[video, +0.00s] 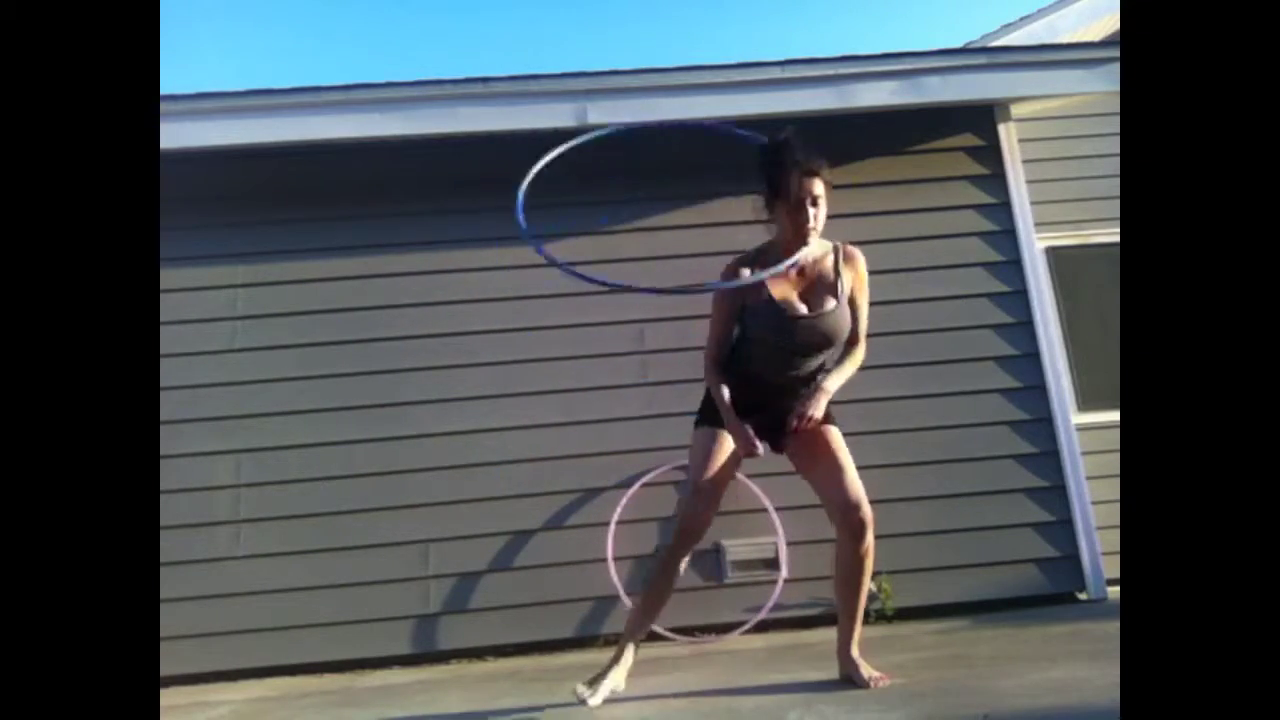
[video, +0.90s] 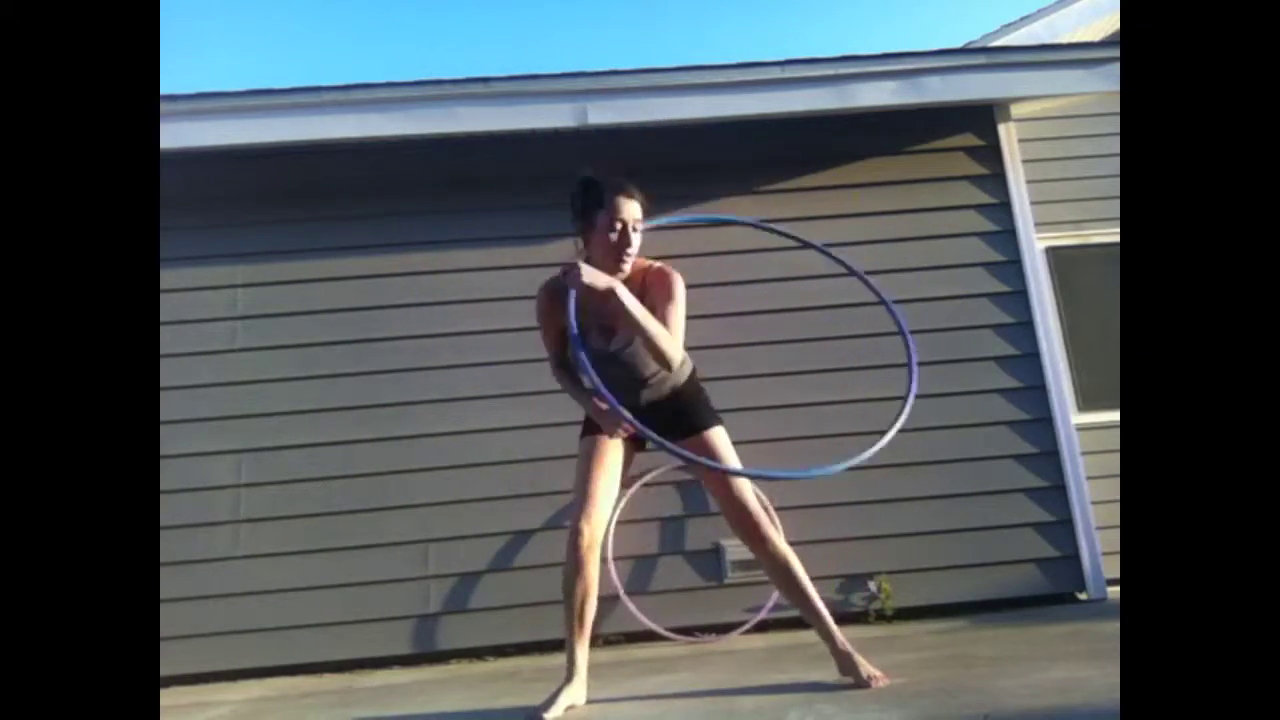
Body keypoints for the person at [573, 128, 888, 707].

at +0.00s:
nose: (810, 212)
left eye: (818, 199)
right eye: (798, 201)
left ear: (829, 200)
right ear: (773, 207)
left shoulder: (848, 263)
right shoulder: (742, 274)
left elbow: (857, 345)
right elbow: (713, 363)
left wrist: (823, 392)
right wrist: (732, 422)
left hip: (802, 405)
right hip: (736, 402)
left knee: (858, 517)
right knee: (687, 529)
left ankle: (849, 652)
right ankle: (622, 659)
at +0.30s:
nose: (769, 254)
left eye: (779, 242)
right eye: (757, 243)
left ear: (788, 242)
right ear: (732, 242)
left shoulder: (800, 285)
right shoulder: (697, 300)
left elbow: (833, 370)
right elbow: (672, 378)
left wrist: (816, 319)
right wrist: (696, 438)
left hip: (768, 418)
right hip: (701, 421)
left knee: (840, 520)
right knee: (642, 545)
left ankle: (848, 655)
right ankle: (580, 675)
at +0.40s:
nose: (733, 246)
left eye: (741, 235)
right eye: (721, 235)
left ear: (753, 237)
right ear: (697, 241)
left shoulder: (758, 281)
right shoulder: (666, 297)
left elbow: (775, 288)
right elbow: (655, 380)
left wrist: (759, 217)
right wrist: (679, 437)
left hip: (750, 418)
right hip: (684, 421)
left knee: (824, 519)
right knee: (622, 536)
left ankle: (847, 655)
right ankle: (577, 676)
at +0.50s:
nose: (699, 231)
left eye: (706, 217)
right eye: (684, 221)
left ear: (720, 219)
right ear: (658, 233)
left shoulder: (729, 272)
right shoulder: (639, 292)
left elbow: (733, 217)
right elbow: (636, 374)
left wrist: (698, 152)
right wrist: (657, 428)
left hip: (733, 414)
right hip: (664, 421)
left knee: (804, 521)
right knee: (608, 533)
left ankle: (843, 652)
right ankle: (577, 675)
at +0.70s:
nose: (654, 209)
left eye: (660, 198)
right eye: (644, 200)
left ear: (674, 214)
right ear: (620, 215)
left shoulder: (684, 258)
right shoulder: (596, 283)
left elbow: (716, 198)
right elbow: (604, 360)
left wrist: (627, 194)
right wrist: (615, 413)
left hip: (702, 398)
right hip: (634, 406)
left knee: (770, 525)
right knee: (599, 536)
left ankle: (840, 652)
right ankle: (574, 681)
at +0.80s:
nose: (637, 222)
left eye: (645, 214)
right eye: (625, 210)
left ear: (652, 223)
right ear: (593, 220)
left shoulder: (662, 267)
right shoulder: (573, 291)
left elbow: (704, 251)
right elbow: (586, 362)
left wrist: (612, 239)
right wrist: (601, 415)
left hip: (688, 397)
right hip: (621, 410)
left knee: (760, 522)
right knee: (594, 535)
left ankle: (841, 653)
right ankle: (575, 680)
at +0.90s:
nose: (627, 240)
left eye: (635, 228)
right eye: (614, 228)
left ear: (643, 230)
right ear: (584, 231)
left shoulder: (660, 278)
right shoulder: (556, 295)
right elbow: (560, 363)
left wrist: (617, 290)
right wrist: (595, 405)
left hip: (678, 400)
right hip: (612, 412)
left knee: (753, 522)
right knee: (584, 534)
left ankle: (843, 652)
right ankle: (575, 681)